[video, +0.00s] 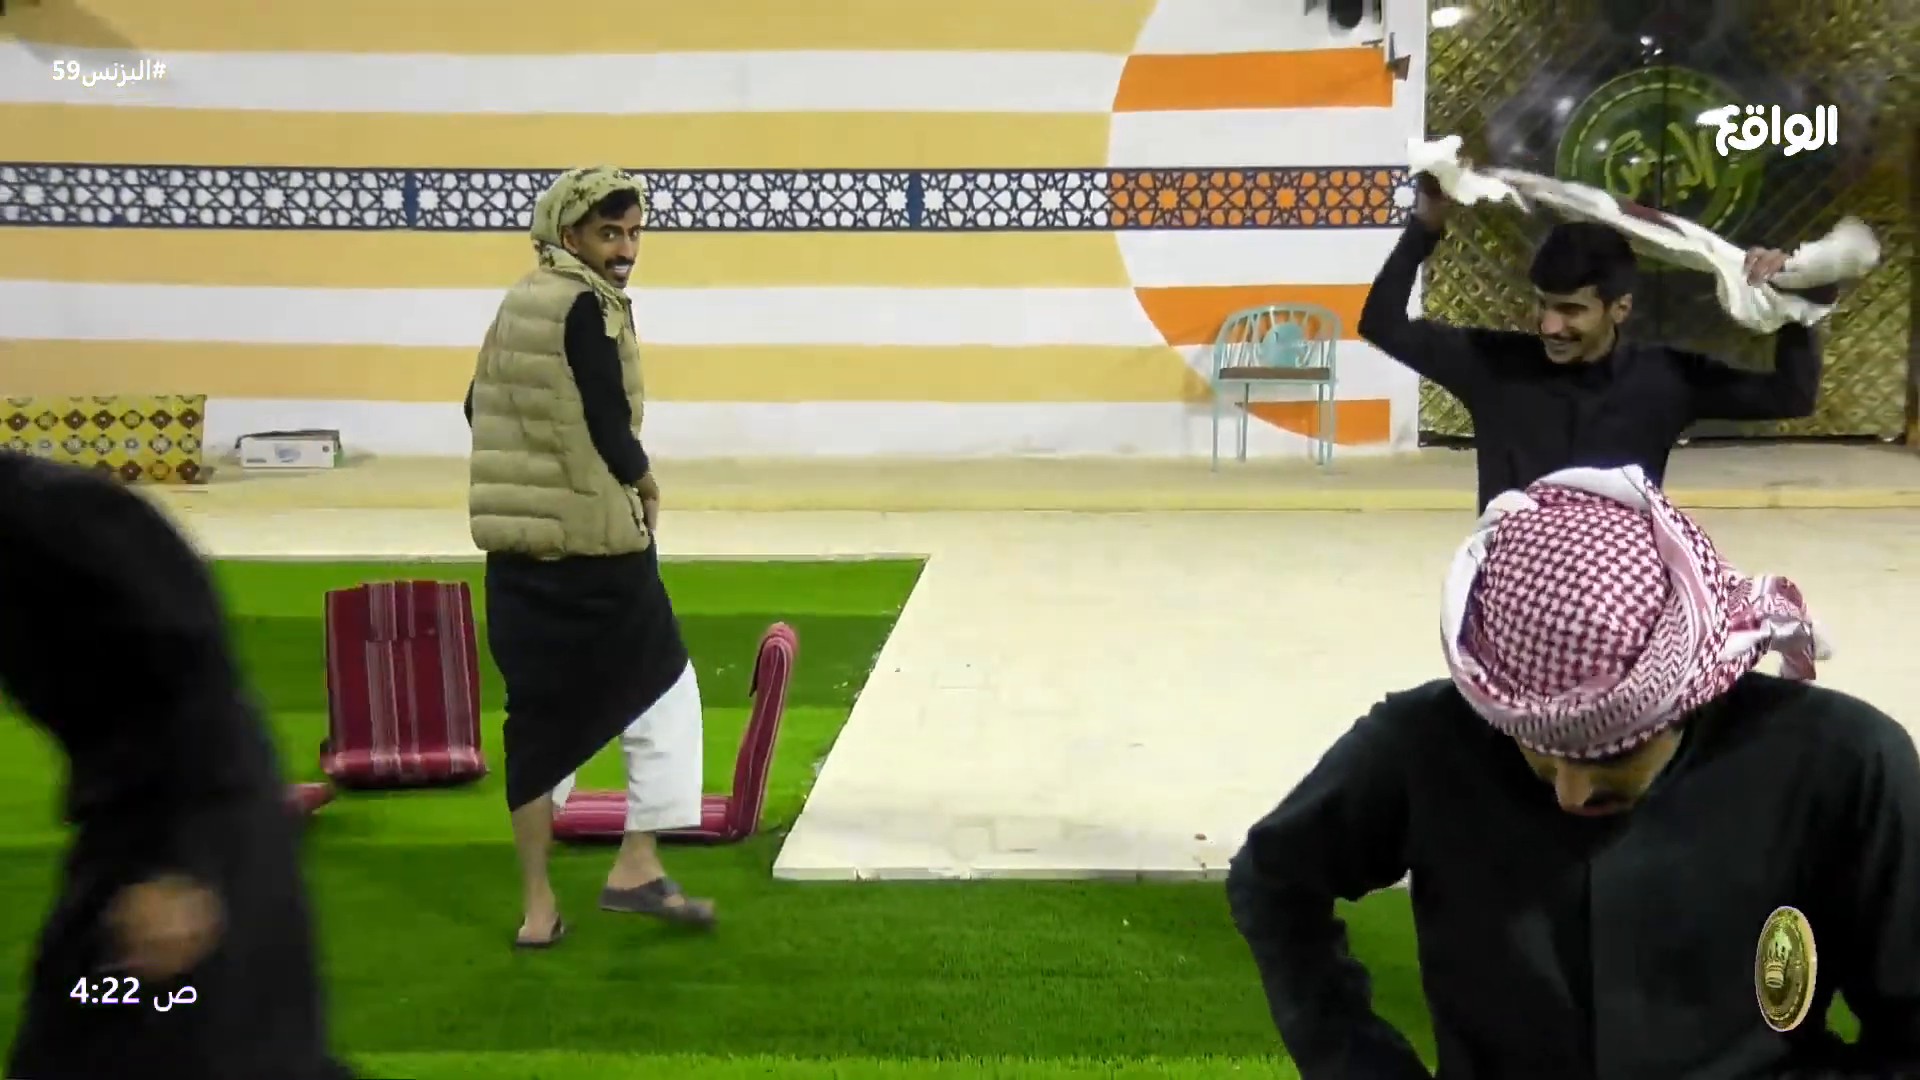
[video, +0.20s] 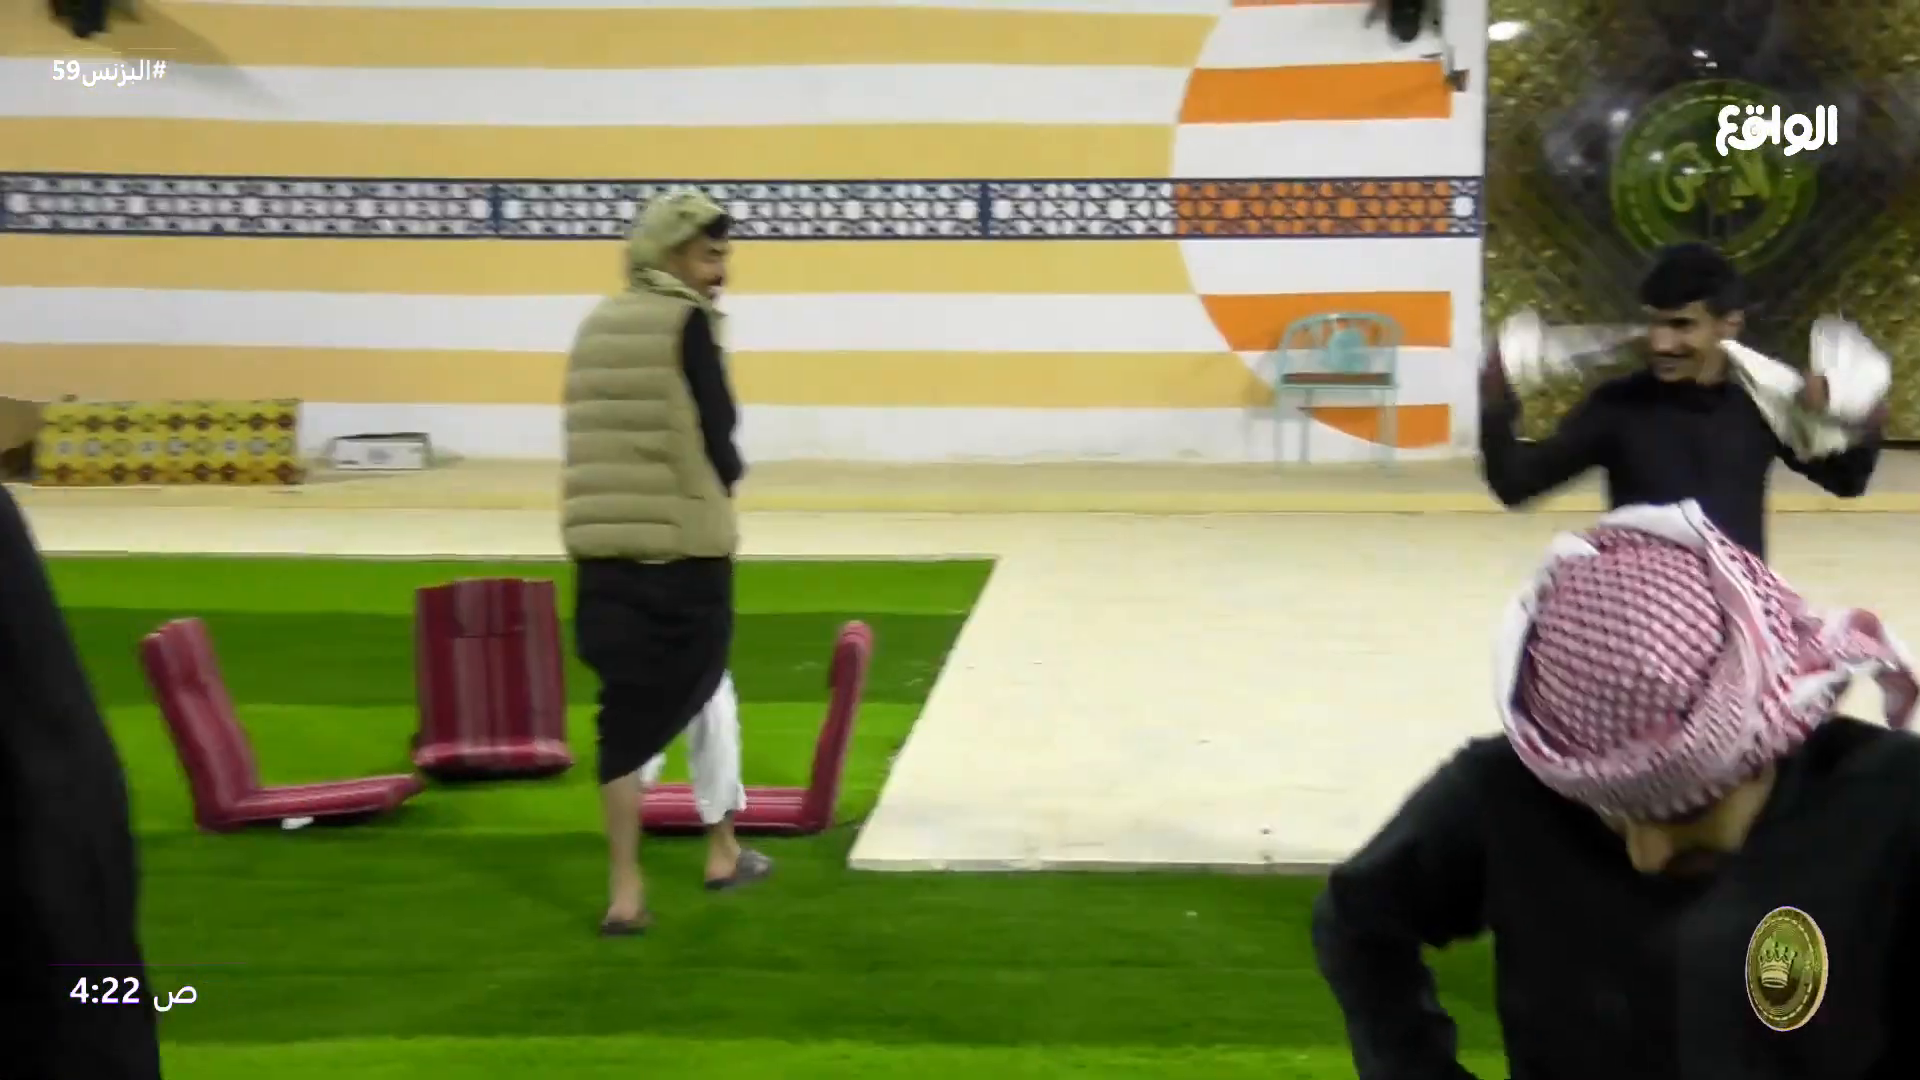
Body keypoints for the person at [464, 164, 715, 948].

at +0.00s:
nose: (626, 248)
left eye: (633, 234)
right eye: (612, 233)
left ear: (631, 235)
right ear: (569, 232)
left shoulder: (518, 303)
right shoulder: (587, 306)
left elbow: (476, 407)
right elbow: (607, 423)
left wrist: (545, 459)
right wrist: (643, 482)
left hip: (515, 557)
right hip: (597, 554)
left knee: (533, 720)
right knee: (667, 693)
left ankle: (537, 908)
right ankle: (638, 866)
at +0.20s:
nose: (721, 265)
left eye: (721, 251)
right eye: (710, 252)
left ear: (650, 256)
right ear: (669, 253)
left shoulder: (597, 323)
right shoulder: (688, 322)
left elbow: (584, 428)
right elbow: (718, 429)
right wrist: (729, 477)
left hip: (604, 551)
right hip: (686, 552)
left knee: (622, 716)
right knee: (710, 692)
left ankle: (624, 893)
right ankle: (723, 852)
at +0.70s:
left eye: (800, 239)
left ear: (806, 245)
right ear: (874, 241)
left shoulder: (774, 308)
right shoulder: (902, 307)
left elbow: (754, 428)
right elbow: (953, 402)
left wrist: (791, 476)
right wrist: (919, 457)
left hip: (799, 530)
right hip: (891, 530)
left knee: (796, 671)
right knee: (906, 677)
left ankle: (805, 814)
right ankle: (930, 836)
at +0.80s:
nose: (799, 243)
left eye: (804, 233)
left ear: (810, 238)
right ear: (878, 236)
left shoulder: (784, 309)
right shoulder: (907, 299)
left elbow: (772, 427)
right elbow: (951, 387)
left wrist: (812, 460)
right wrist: (931, 437)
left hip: (812, 527)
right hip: (904, 521)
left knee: (812, 671)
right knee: (910, 652)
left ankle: (835, 817)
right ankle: (948, 768)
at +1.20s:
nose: (902, 238)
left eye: (906, 226)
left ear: (916, 231)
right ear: (980, 220)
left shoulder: (905, 303)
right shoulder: (1024, 288)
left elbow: (893, 413)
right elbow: (1074, 379)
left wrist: (895, 483)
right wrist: (1040, 436)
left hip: (951, 523)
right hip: (1030, 518)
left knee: (963, 692)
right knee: (997, 643)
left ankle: (977, 850)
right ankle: (1010, 781)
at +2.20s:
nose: (1274, 219)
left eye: (1291, 206)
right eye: (1272, 204)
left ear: (1339, 215)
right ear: (1272, 208)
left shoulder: (1384, 302)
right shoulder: (1251, 285)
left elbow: (1401, 442)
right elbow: (1211, 387)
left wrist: (1350, 547)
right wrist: (1157, 466)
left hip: (1344, 558)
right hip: (1247, 552)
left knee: (1354, 738)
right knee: (1197, 692)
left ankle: (1364, 903)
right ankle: (1223, 885)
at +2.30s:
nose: (1293, 208)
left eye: (1309, 195)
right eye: (1289, 193)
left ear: (1357, 200)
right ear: (1289, 196)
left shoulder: (1406, 295)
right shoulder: (1268, 278)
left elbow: (1424, 434)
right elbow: (1200, 370)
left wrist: (1370, 536)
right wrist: (1119, 456)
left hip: (1360, 555)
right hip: (1261, 547)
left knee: (1362, 735)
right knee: (1211, 691)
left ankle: (1373, 911)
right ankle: (1258, 876)